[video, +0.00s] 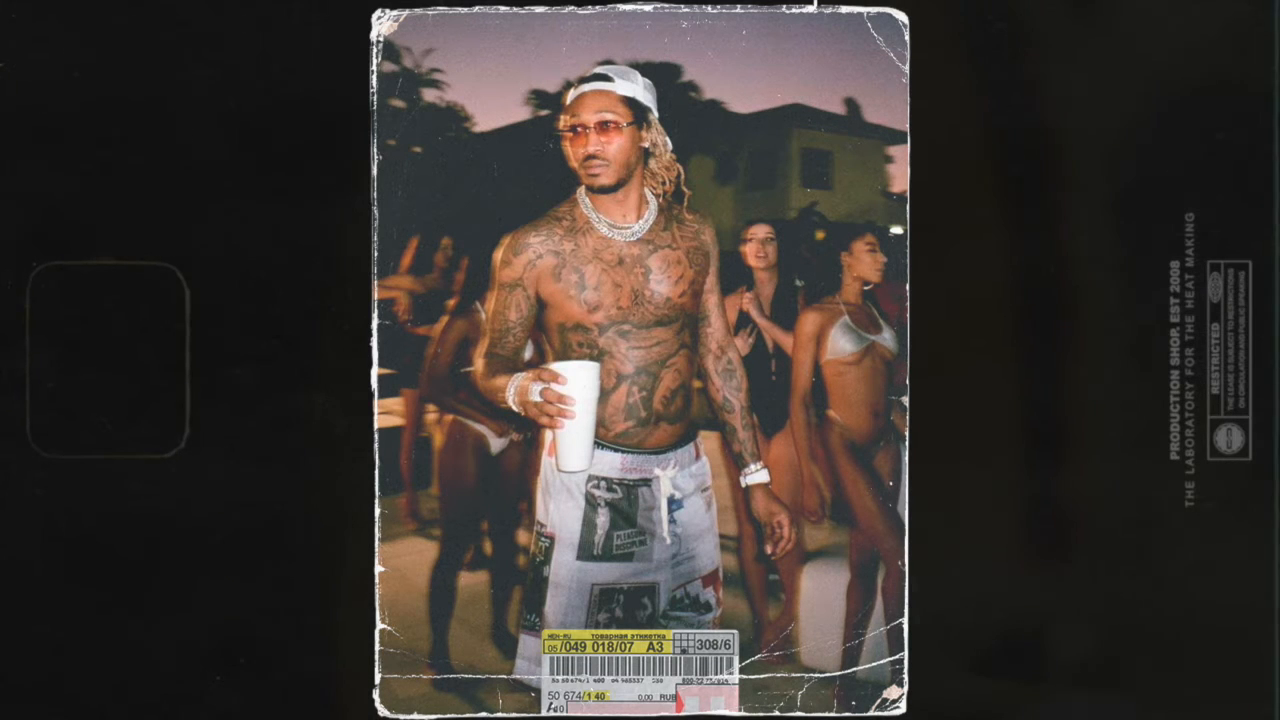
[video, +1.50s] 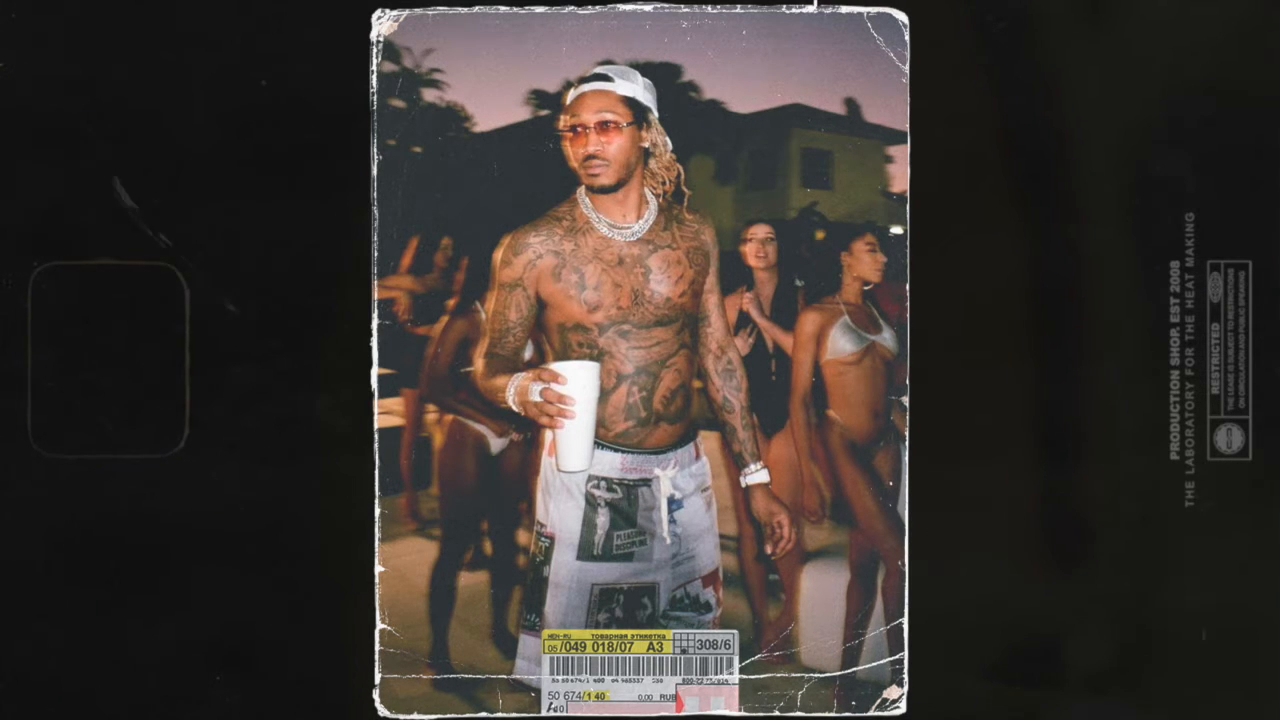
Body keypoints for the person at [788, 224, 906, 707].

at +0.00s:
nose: (882, 259)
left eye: (882, 251)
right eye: (871, 251)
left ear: (873, 262)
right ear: (843, 259)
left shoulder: (878, 316)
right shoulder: (818, 317)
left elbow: (887, 390)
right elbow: (799, 403)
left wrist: (901, 428)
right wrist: (813, 478)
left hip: (882, 447)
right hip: (838, 448)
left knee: (863, 563)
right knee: (898, 552)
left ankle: (846, 673)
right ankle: (902, 671)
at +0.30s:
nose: (882, 258)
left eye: (881, 250)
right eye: (871, 251)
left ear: (870, 262)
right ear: (844, 259)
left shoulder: (878, 316)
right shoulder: (818, 317)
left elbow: (886, 390)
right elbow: (798, 403)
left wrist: (901, 427)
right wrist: (814, 479)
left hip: (882, 447)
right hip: (839, 448)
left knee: (864, 564)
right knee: (898, 552)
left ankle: (846, 673)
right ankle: (901, 669)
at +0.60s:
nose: (882, 259)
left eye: (881, 251)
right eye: (871, 251)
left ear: (871, 262)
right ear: (843, 259)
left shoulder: (878, 315)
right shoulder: (818, 317)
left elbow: (887, 390)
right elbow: (799, 403)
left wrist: (901, 428)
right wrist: (813, 479)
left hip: (883, 447)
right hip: (839, 448)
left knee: (864, 563)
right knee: (897, 551)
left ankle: (846, 673)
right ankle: (902, 670)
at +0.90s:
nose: (882, 259)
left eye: (881, 251)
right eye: (871, 251)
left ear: (870, 262)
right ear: (844, 259)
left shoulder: (878, 316)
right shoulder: (818, 317)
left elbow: (887, 391)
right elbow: (798, 404)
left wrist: (902, 432)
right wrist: (813, 479)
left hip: (883, 447)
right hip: (839, 448)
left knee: (864, 562)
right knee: (898, 552)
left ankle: (847, 674)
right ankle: (902, 671)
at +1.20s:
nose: (882, 259)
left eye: (881, 251)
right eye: (871, 251)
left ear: (868, 261)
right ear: (844, 259)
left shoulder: (877, 314)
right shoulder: (818, 317)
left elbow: (887, 390)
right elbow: (798, 403)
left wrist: (902, 434)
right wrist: (813, 477)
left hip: (882, 447)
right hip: (839, 448)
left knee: (864, 562)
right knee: (898, 552)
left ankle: (847, 673)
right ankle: (903, 671)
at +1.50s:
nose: (882, 259)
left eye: (881, 251)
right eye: (871, 251)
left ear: (869, 261)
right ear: (844, 259)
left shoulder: (877, 314)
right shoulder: (818, 317)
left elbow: (886, 390)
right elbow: (798, 403)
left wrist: (902, 435)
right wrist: (813, 478)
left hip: (882, 447)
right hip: (838, 448)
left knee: (864, 562)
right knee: (898, 552)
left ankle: (847, 673)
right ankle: (902, 671)